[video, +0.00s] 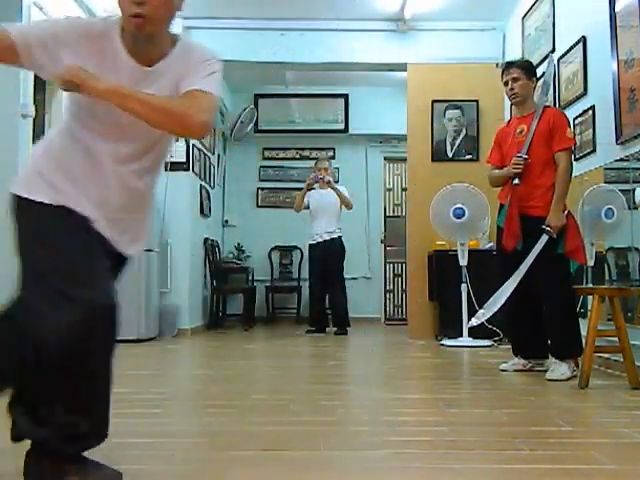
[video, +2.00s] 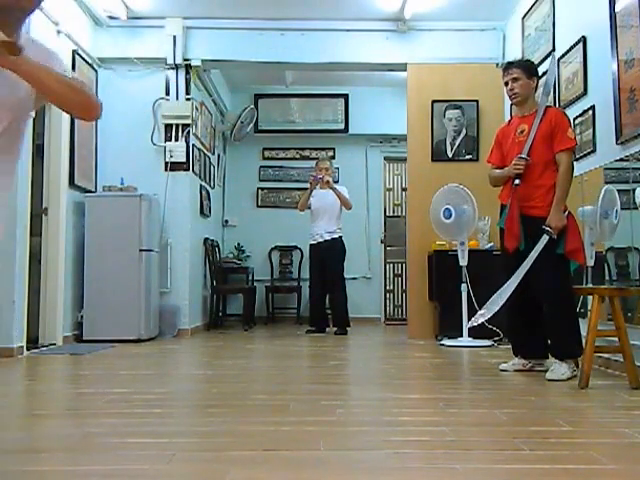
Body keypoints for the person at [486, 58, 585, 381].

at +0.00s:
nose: (511, 86)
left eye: (516, 80)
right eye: (506, 82)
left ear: (533, 83)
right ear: (504, 89)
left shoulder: (553, 117)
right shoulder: (504, 131)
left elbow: (564, 164)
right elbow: (493, 177)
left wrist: (557, 209)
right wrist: (508, 171)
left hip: (545, 215)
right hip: (512, 215)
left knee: (553, 285)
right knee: (517, 284)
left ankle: (565, 358)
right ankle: (529, 354)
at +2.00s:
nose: (510, 86)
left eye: (516, 80)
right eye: (506, 82)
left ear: (534, 82)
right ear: (505, 89)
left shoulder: (553, 117)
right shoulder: (504, 131)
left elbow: (565, 165)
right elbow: (493, 177)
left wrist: (558, 209)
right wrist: (508, 171)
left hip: (547, 214)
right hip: (514, 215)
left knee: (553, 284)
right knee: (520, 284)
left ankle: (565, 358)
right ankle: (529, 354)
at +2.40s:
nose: (511, 86)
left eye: (516, 80)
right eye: (507, 82)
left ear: (534, 82)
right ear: (505, 89)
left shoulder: (554, 117)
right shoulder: (505, 131)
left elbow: (565, 165)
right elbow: (493, 177)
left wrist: (558, 209)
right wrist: (509, 171)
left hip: (547, 214)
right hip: (514, 215)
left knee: (552, 284)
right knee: (520, 284)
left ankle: (565, 358)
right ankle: (529, 355)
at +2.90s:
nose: (512, 87)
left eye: (517, 80)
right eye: (508, 83)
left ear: (535, 82)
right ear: (506, 89)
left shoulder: (555, 117)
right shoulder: (505, 131)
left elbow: (566, 165)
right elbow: (494, 177)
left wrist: (558, 210)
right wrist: (509, 171)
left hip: (547, 214)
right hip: (514, 216)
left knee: (553, 284)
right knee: (520, 284)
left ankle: (565, 358)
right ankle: (529, 355)